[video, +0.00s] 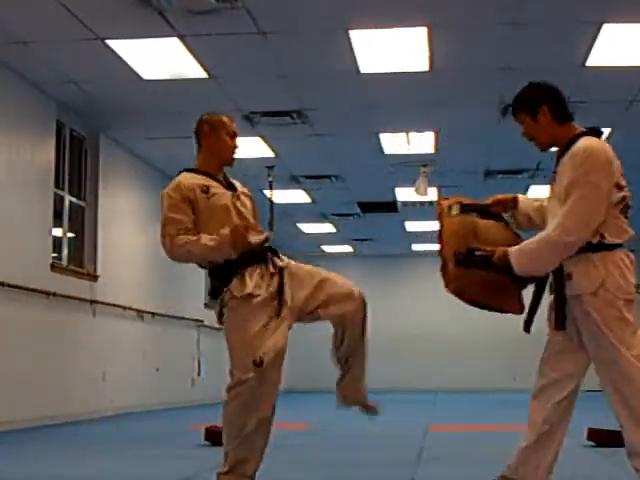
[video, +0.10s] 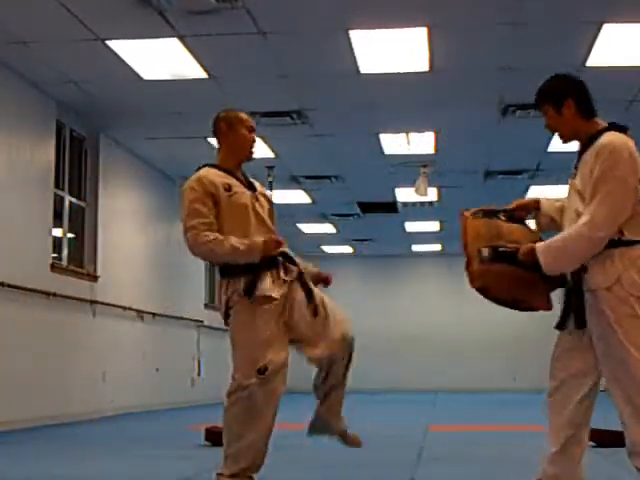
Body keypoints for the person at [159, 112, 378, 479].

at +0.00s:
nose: (236, 143)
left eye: (236, 137)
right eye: (230, 136)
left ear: (216, 140)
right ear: (207, 137)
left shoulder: (241, 191)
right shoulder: (182, 187)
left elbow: (249, 236)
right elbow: (176, 244)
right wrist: (229, 244)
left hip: (280, 272)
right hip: (245, 290)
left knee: (350, 301)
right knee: (251, 386)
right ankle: (237, 472)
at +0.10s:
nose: (255, 138)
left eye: (255, 132)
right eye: (248, 131)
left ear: (240, 137)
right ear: (224, 134)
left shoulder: (258, 190)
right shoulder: (202, 183)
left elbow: (268, 245)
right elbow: (199, 241)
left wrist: (307, 272)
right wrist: (257, 248)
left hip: (285, 282)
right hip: (250, 290)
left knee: (338, 337)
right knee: (255, 379)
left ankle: (328, 417)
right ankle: (237, 471)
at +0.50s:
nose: (340, 147)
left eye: (341, 141)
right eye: (334, 139)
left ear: (325, 145)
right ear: (310, 140)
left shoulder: (322, 192)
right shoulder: (291, 179)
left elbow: (320, 251)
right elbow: (270, 224)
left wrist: (346, 270)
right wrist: (319, 236)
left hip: (327, 289)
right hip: (305, 286)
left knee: (319, 379)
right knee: (325, 376)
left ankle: (317, 467)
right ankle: (272, 463)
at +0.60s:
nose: (353, 148)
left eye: (353, 141)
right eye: (347, 139)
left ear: (335, 143)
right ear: (323, 140)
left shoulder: (331, 192)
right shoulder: (305, 177)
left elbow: (337, 248)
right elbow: (281, 199)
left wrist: (372, 257)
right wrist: (337, 200)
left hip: (329, 287)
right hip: (312, 285)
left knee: (319, 379)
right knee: (340, 371)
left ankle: (310, 460)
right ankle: (323, 468)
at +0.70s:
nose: (362, 148)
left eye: (363, 142)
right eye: (356, 140)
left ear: (349, 145)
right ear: (331, 141)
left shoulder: (345, 196)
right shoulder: (311, 177)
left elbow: (367, 238)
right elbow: (311, 189)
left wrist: (409, 246)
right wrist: (365, 185)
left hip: (339, 290)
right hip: (320, 288)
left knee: (322, 385)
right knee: (345, 383)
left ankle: (316, 469)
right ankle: (374, 470)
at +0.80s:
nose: (370, 149)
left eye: (371, 142)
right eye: (364, 141)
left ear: (352, 145)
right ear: (341, 141)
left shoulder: (356, 196)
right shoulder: (322, 182)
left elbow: (389, 231)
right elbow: (337, 201)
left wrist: (432, 237)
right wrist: (391, 192)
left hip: (347, 291)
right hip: (327, 289)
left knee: (329, 387)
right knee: (355, 386)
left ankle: (317, 468)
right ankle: (396, 470)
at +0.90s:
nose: (382, 150)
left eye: (383, 143)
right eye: (376, 142)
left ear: (363, 144)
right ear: (353, 142)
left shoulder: (364, 193)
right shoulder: (332, 184)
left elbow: (403, 225)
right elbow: (375, 213)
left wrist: (457, 233)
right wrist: (424, 213)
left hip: (358, 291)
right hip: (340, 290)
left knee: (339, 386)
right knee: (364, 388)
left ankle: (318, 467)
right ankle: (393, 471)